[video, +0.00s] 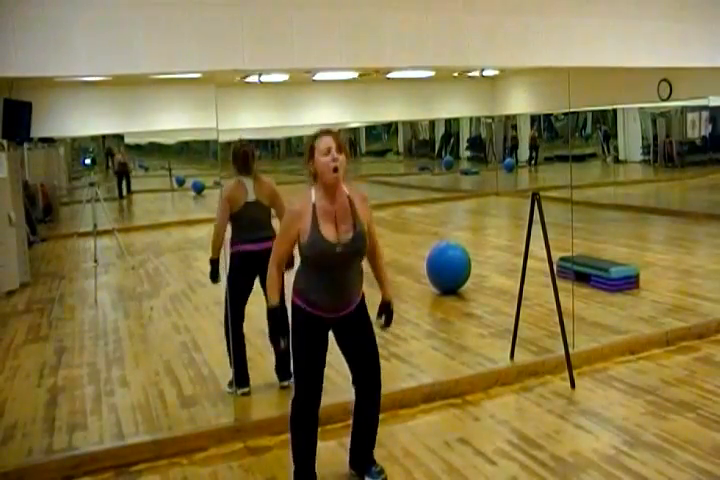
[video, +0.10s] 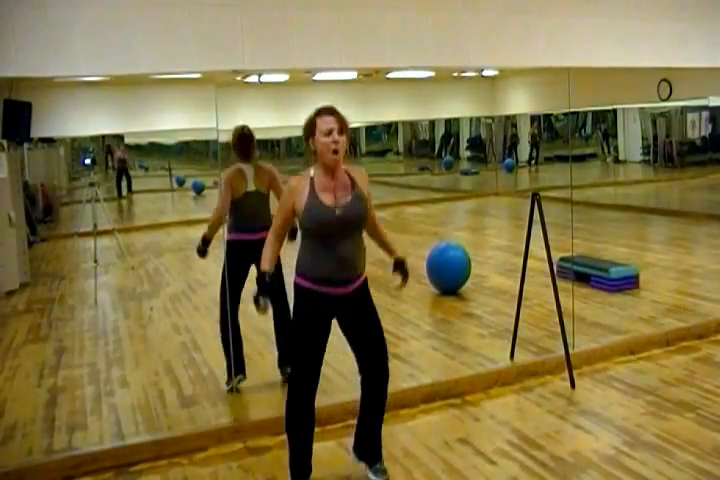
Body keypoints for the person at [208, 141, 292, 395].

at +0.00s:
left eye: (236, 159)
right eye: (249, 158)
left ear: (234, 163)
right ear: (254, 161)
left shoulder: (230, 189)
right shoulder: (267, 185)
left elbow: (220, 226)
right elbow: (285, 217)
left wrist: (214, 258)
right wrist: (290, 250)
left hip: (242, 258)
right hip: (269, 255)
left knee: (234, 317)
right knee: (278, 311)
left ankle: (240, 379)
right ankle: (285, 373)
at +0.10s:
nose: (238, 148)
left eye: (236, 144)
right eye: (247, 143)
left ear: (233, 147)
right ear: (254, 146)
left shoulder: (229, 176)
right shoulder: (267, 171)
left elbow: (221, 212)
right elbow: (285, 201)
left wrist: (206, 238)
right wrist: (292, 223)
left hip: (238, 248)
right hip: (267, 245)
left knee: (229, 307)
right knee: (281, 303)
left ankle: (236, 371)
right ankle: (287, 364)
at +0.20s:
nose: (235, 149)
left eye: (233, 145)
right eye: (249, 143)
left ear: (234, 147)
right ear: (256, 146)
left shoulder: (230, 176)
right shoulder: (268, 172)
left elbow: (221, 211)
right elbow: (287, 203)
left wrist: (196, 223)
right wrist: (281, 230)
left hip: (236, 247)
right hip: (265, 244)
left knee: (220, 302)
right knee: (282, 299)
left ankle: (225, 364)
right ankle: (294, 355)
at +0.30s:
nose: (238, 163)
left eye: (236, 159)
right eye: (253, 159)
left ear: (235, 162)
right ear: (256, 161)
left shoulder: (231, 191)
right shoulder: (268, 187)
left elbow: (212, 227)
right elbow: (288, 218)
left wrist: (185, 223)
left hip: (236, 262)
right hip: (265, 260)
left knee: (214, 314)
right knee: (285, 309)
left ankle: (210, 376)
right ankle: (301, 362)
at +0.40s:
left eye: (236, 170)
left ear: (235, 174)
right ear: (255, 172)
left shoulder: (231, 202)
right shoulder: (268, 199)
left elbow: (210, 238)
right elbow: (285, 229)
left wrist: (185, 230)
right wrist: (297, 215)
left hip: (237, 270)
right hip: (266, 268)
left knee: (208, 314)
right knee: (288, 311)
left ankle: (209, 375)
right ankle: (300, 363)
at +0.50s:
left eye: (234, 165)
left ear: (234, 169)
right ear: (255, 168)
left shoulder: (229, 199)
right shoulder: (267, 196)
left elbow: (214, 237)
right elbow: (282, 231)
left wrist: (190, 232)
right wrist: (292, 219)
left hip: (233, 270)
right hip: (265, 268)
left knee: (210, 317)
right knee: (286, 312)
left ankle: (209, 376)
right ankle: (300, 367)